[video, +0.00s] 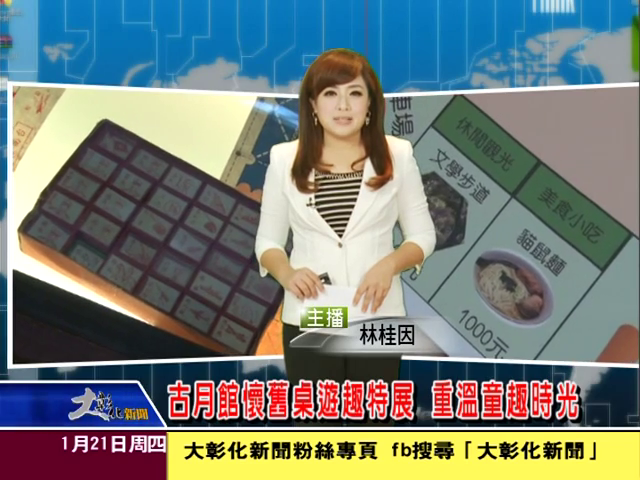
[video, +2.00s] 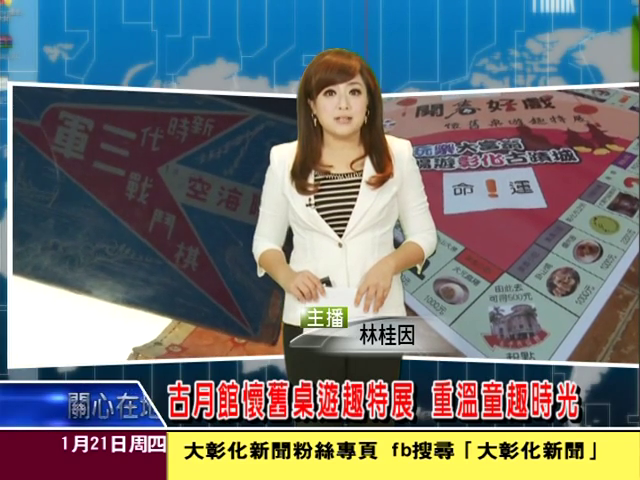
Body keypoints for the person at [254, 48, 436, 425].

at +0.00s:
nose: (343, 105)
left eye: (355, 94)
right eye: (330, 94)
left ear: (370, 103)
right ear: (312, 104)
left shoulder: (395, 155)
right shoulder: (286, 159)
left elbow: (423, 237)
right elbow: (268, 242)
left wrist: (388, 265)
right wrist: (289, 274)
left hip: (377, 325)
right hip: (308, 323)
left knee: (375, 441)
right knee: (314, 440)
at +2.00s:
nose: (343, 104)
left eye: (354, 92)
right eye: (330, 94)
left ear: (369, 101)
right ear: (311, 105)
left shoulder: (395, 155)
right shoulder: (286, 160)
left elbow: (424, 236)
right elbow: (265, 242)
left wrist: (389, 264)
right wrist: (289, 276)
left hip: (377, 325)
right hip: (308, 324)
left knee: (376, 441)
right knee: (313, 440)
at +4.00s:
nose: (344, 107)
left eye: (355, 95)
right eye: (331, 96)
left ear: (370, 102)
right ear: (311, 105)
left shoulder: (396, 155)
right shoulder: (286, 160)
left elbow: (424, 236)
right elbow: (267, 242)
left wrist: (389, 264)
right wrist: (290, 276)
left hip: (378, 324)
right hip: (309, 322)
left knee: (376, 437)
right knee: (314, 436)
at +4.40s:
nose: (344, 107)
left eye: (355, 94)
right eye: (331, 95)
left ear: (370, 102)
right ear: (311, 105)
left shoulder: (396, 155)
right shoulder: (286, 160)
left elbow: (424, 236)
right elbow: (267, 242)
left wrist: (389, 264)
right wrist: (291, 276)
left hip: (378, 323)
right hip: (309, 322)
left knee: (377, 437)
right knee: (314, 437)